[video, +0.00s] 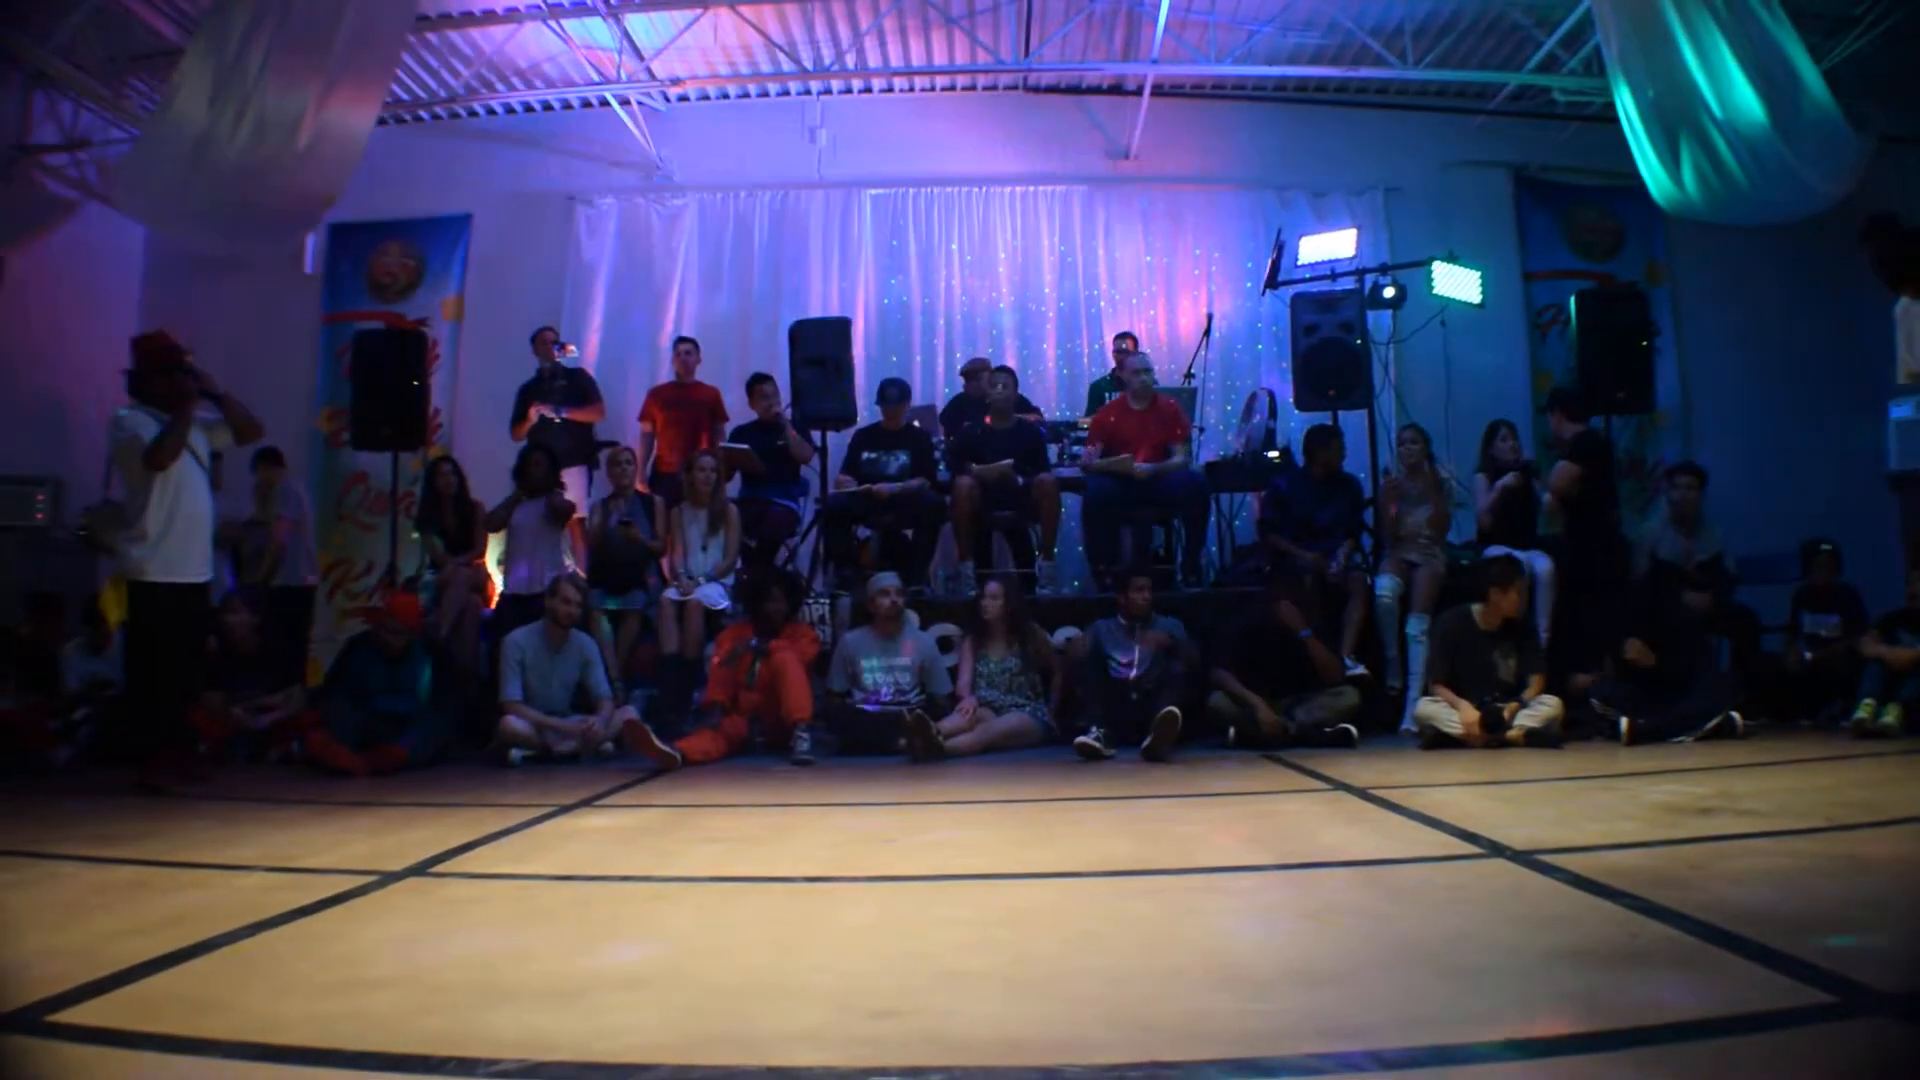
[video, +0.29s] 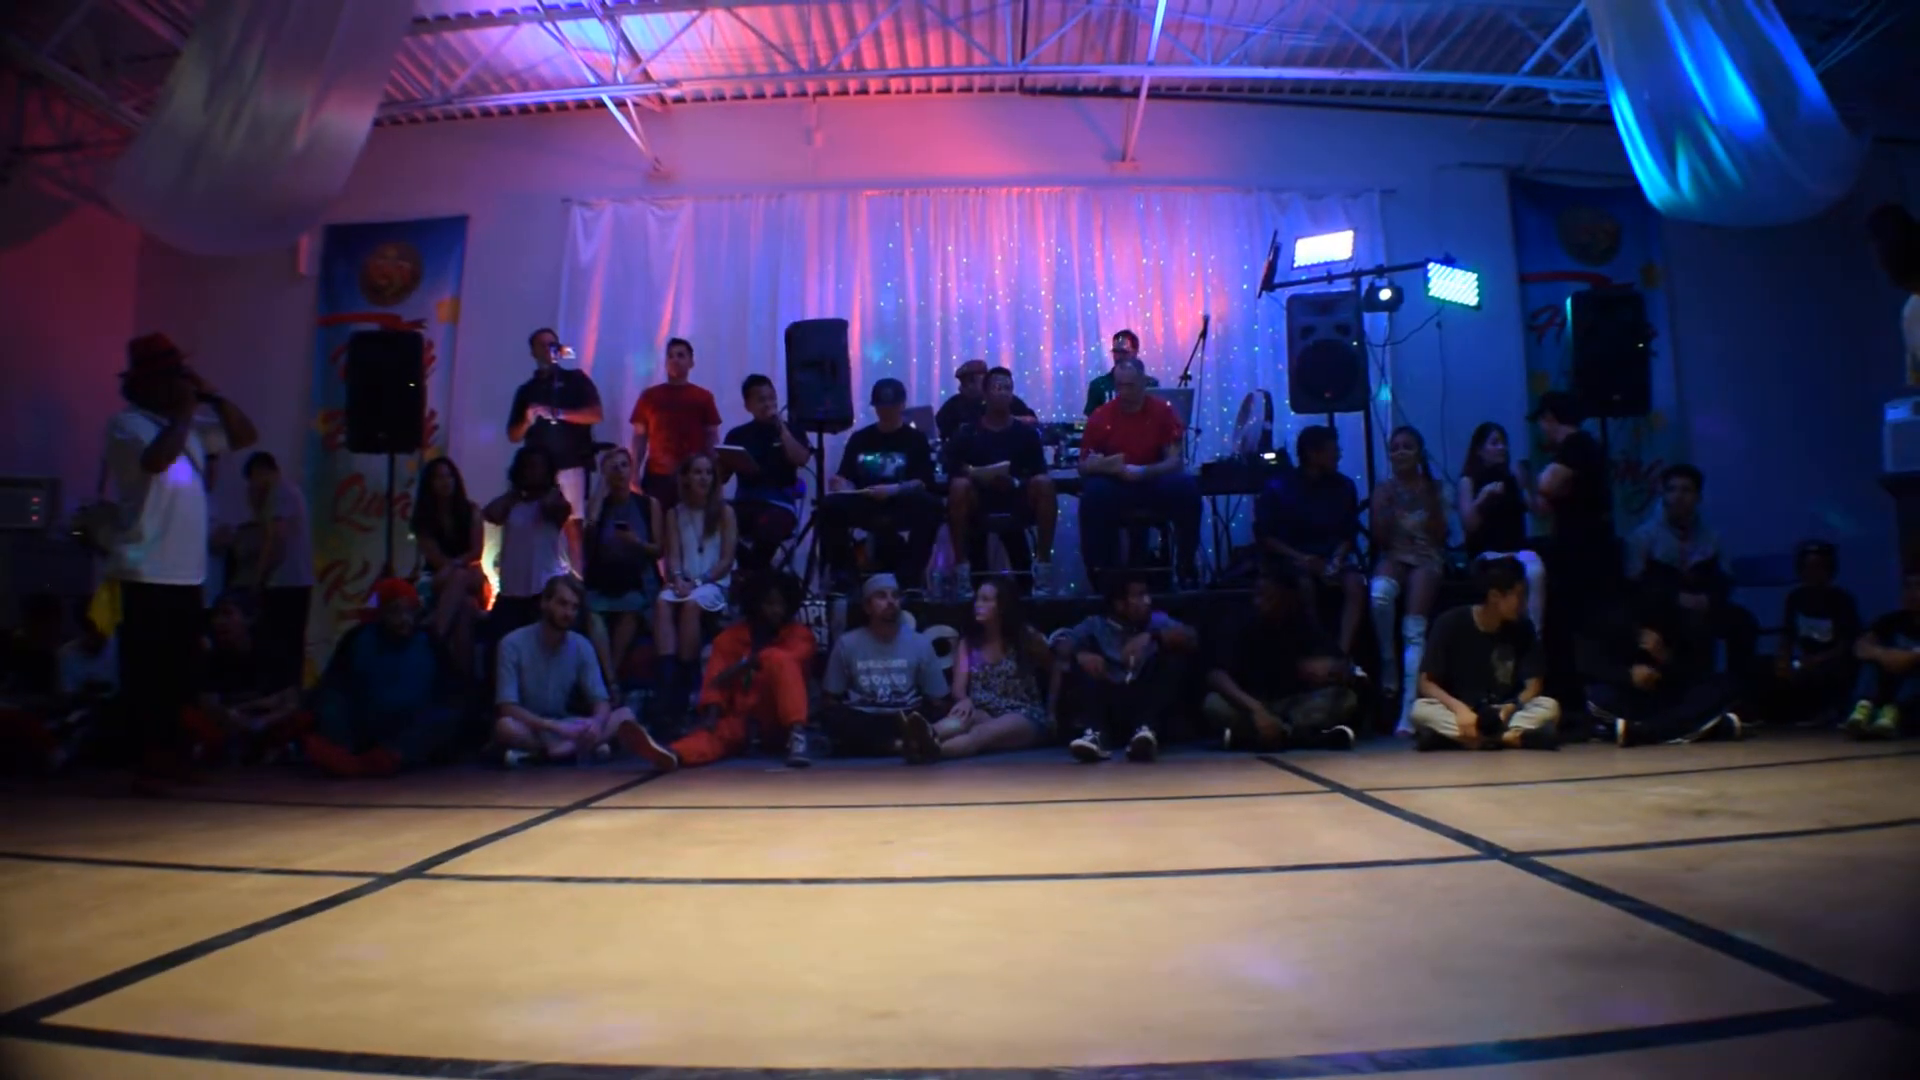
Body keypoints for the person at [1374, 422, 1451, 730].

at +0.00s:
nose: (1408, 449)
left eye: (1414, 443)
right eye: (1402, 444)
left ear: (1425, 448)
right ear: (1397, 450)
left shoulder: (1439, 481)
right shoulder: (1391, 484)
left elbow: (1441, 529)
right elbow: (1386, 534)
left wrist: (1434, 493)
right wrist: (1389, 504)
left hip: (1427, 549)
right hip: (1397, 549)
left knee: (1417, 627)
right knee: (1384, 595)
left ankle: (1414, 709)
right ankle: (1393, 670)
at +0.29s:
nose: (1400, 454)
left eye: (1407, 448)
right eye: (1395, 448)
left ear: (1419, 453)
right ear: (1389, 454)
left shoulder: (1432, 487)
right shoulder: (1384, 490)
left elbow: (1440, 532)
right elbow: (1379, 534)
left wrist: (1428, 501)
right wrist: (1388, 511)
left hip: (1424, 553)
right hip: (1393, 553)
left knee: (1414, 627)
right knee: (1379, 597)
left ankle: (1410, 712)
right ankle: (1389, 671)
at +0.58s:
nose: (1397, 454)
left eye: (1404, 448)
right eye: (1392, 449)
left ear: (1416, 453)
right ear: (1386, 455)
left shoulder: (1433, 489)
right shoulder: (1379, 492)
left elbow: (1444, 534)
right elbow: (1373, 533)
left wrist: (1405, 539)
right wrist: (1391, 522)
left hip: (1423, 555)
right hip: (1390, 556)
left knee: (1412, 628)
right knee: (1378, 594)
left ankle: (1408, 714)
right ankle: (1386, 671)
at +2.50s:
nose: (1399, 451)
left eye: (1405, 445)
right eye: (1393, 446)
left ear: (1415, 451)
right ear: (1386, 453)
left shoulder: (1430, 488)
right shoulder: (1378, 493)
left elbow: (1438, 529)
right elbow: (1373, 533)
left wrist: (1414, 544)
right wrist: (1389, 549)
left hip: (1420, 558)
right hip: (1388, 558)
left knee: (1412, 628)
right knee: (1379, 596)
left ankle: (1408, 696)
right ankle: (1386, 668)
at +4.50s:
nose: (1403, 451)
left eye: (1408, 445)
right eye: (1396, 446)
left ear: (1417, 452)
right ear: (1387, 453)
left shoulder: (1431, 489)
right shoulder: (1377, 493)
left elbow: (1440, 527)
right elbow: (1371, 532)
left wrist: (1415, 544)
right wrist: (1391, 548)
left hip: (1421, 554)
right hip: (1388, 554)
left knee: (1413, 626)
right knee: (1378, 596)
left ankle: (1408, 703)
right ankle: (1385, 670)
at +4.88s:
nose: (1404, 451)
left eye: (1409, 445)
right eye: (1397, 446)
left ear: (1416, 451)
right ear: (1387, 452)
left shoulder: (1430, 489)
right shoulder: (1377, 491)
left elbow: (1438, 526)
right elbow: (1372, 531)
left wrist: (1421, 543)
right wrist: (1389, 550)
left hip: (1419, 556)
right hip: (1387, 555)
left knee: (1417, 602)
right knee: (1377, 595)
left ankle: (1410, 682)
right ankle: (1385, 672)